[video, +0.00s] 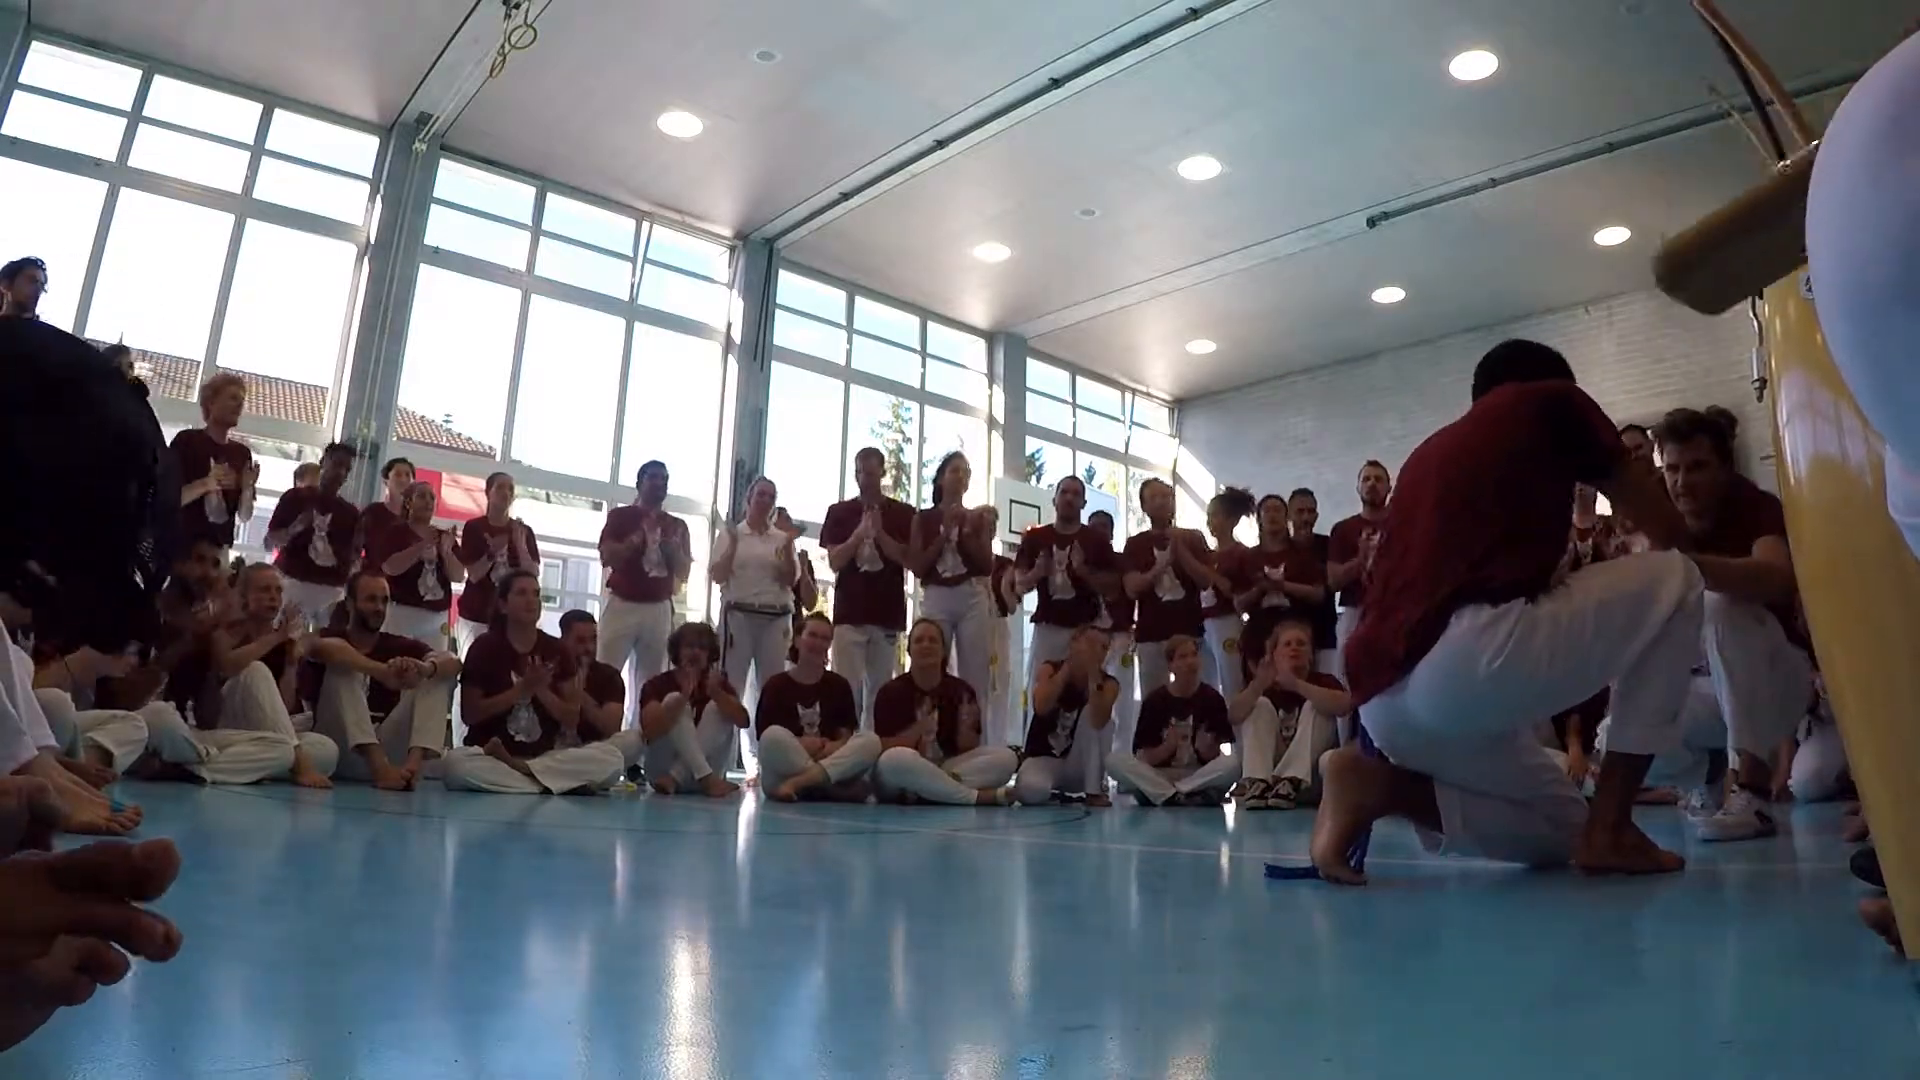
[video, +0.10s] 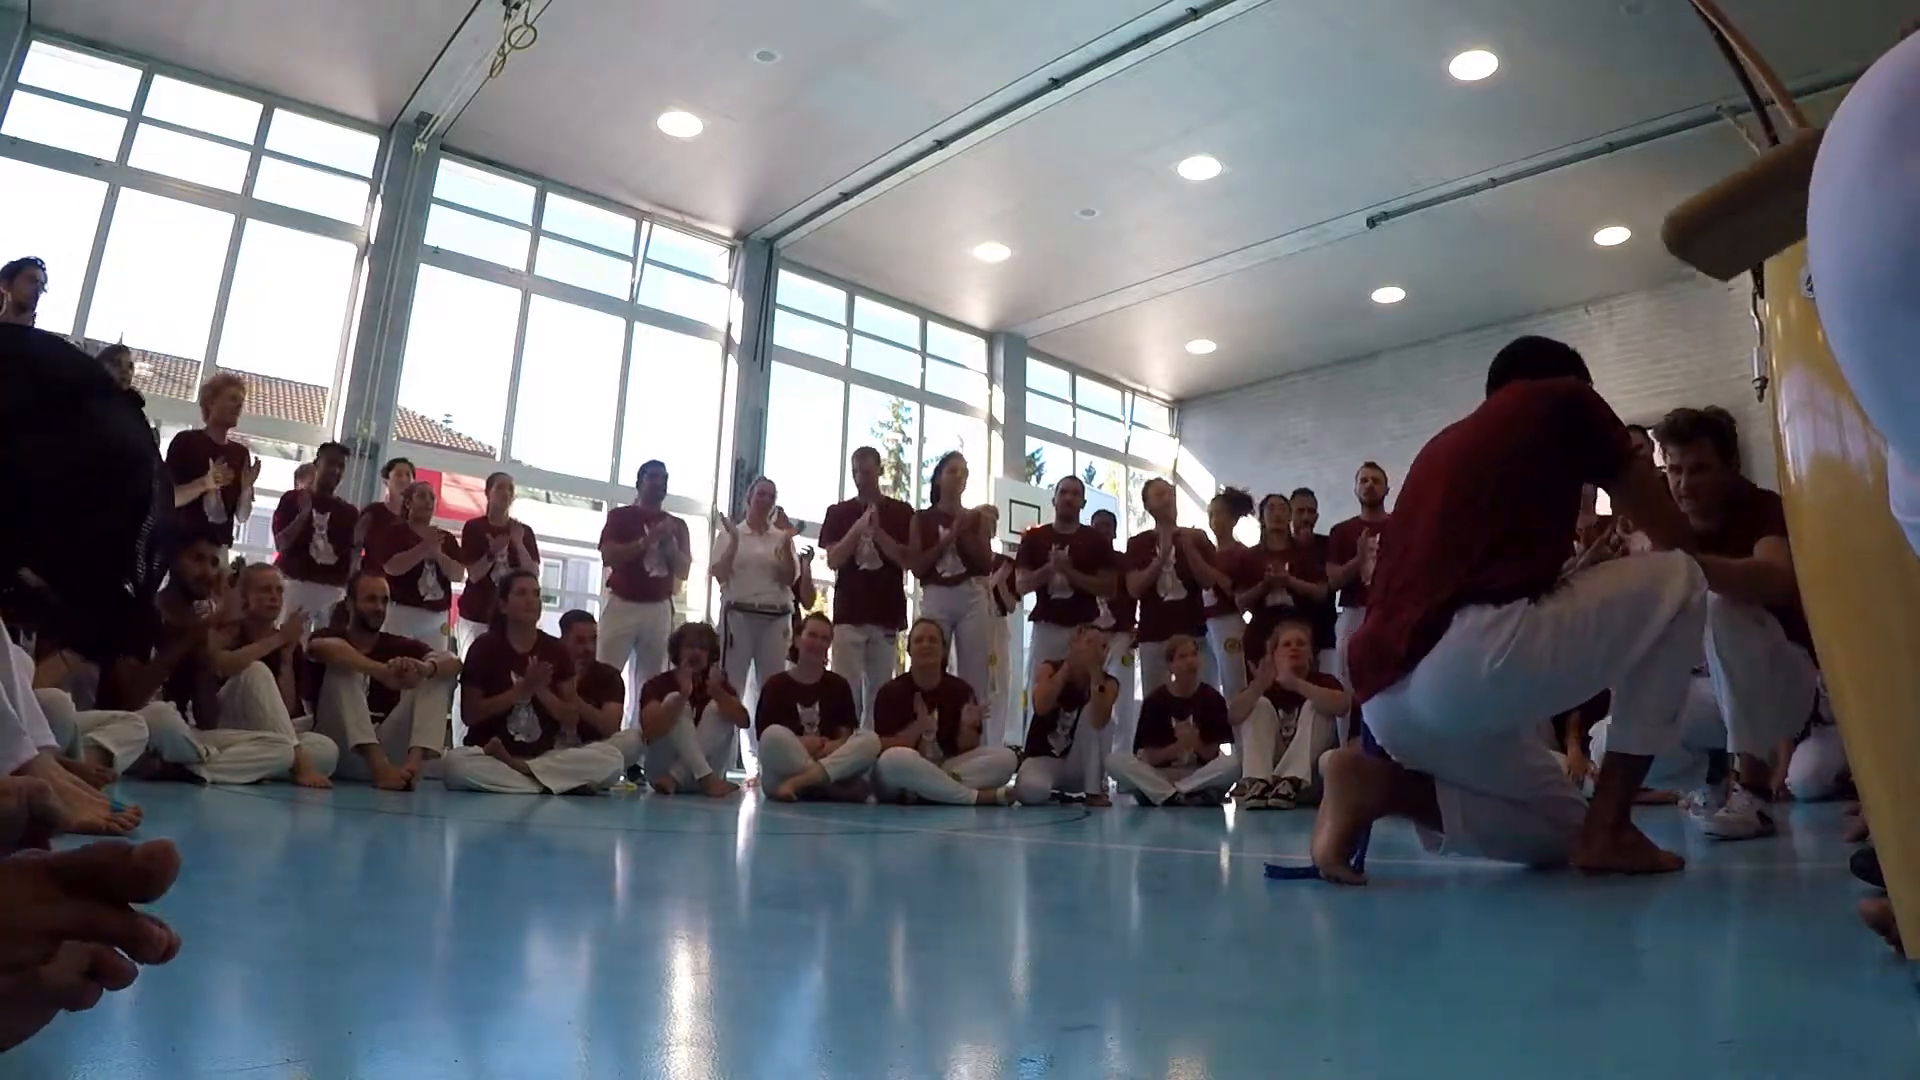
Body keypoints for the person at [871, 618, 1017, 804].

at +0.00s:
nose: (926, 646)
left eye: (933, 641)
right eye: (919, 641)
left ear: (944, 650)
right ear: (909, 650)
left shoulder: (961, 689)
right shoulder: (891, 692)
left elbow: (966, 749)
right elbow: (884, 746)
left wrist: (967, 726)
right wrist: (919, 729)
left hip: (950, 766)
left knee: (1006, 759)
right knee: (894, 760)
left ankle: (928, 792)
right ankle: (975, 798)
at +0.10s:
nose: (926, 645)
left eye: (933, 640)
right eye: (919, 641)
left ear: (943, 650)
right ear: (909, 650)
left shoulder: (960, 690)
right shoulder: (891, 692)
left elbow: (966, 749)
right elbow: (883, 747)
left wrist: (969, 726)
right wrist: (918, 727)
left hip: (950, 766)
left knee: (1006, 759)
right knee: (894, 759)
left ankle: (928, 792)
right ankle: (975, 798)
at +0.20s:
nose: (926, 645)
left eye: (932, 640)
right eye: (918, 640)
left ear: (943, 649)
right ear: (909, 650)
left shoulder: (961, 690)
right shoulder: (891, 692)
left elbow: (968, 746)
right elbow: (885, 744)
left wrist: (951, 724)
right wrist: (926, 736)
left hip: (950, 765)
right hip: (909, 766)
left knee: (1006, 758)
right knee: (894, 759)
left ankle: (928, 791)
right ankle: (975, 798)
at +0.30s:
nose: (926, 645)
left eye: (932, 640)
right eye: (918, 640)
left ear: (943, 649)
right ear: (909, 650)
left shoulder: (961, 689)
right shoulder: (891, 691)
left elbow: (969, 746)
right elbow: (884, 743)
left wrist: (955, 724)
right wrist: (924, 735)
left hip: (950, 765)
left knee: (1006, 758)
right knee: (894, 759)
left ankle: (929, 791)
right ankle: (975, 798)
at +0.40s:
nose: (926, 645)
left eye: (932, 640)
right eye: (918, 641)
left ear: (943, 649)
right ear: (909, 650)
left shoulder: (960, 689)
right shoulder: (890, 692)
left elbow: (967, 749)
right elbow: (883, 746)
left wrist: (966, 723)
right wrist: (920, 726)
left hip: (950, 765)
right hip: (908, 766)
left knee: (1006, 759)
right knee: (894, 759)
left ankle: (928, 791)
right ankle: (975, 798)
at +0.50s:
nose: (925, 645)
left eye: (932, 640)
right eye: (918, 640)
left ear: (943, 649)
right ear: (909, 650)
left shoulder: (960, 689)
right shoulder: (890, 692)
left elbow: (967, 748)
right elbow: (885, 746)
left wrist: (968, 724)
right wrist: (921, 725)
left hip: (949, 765)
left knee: (1006, 758)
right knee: (894, 759)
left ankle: (930, 791)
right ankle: (975, 798)